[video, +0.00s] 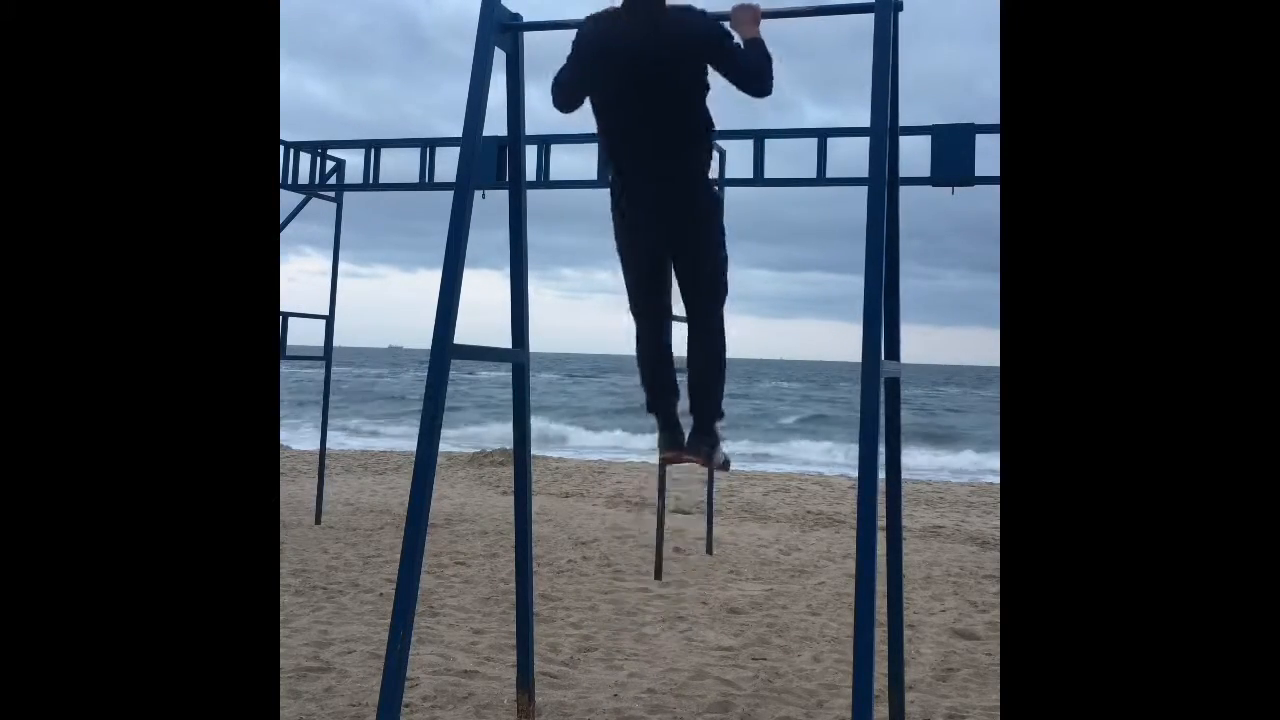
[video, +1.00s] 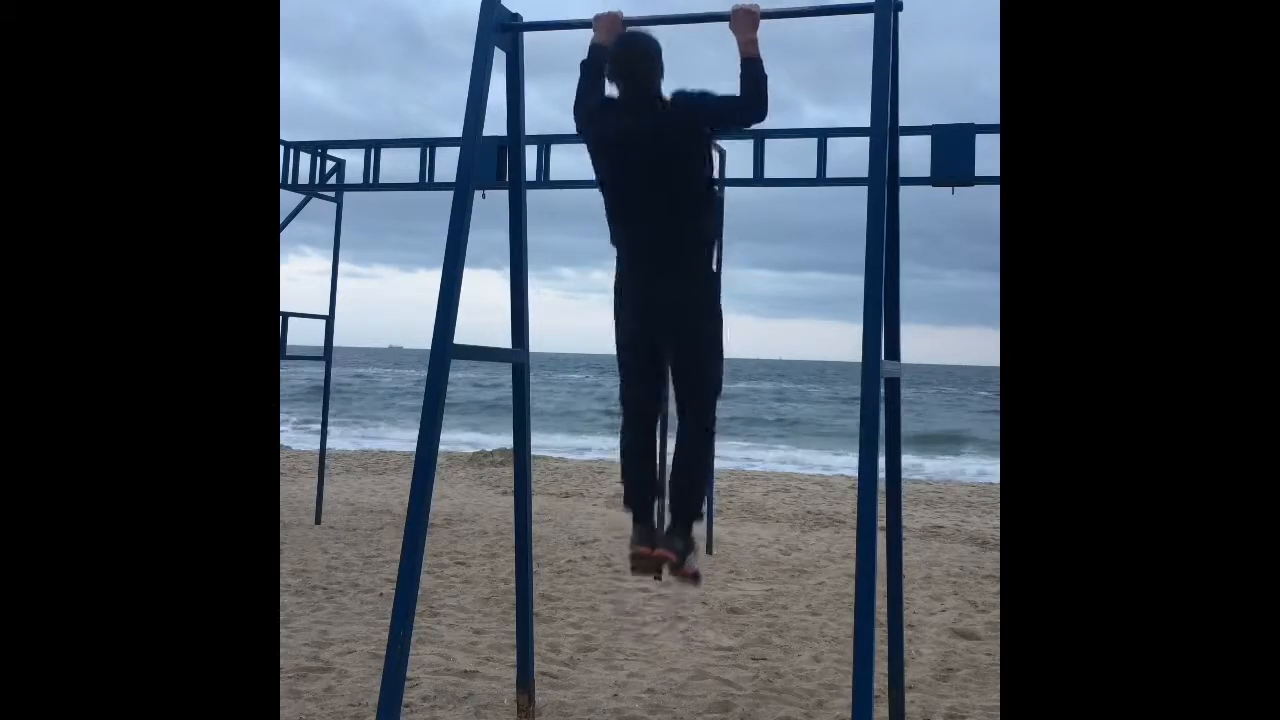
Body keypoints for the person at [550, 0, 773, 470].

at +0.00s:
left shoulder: (597, 31)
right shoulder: (693, 24)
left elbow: (564, 97)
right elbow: (758, 81)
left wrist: (600, 41)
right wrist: (751, 34)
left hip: (633, 199)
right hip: (692, 197)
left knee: (650, 319)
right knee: (706, 316)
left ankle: (668, 434)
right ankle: (704, 438)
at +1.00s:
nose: (640, 75)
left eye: (622, 67)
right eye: (651, 66)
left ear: (613, 75)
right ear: (659, 73)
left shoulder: (600, 125)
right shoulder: (692, 114)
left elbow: (589, 91)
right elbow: (754, 106)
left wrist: (599, 43)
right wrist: (749, 43)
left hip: (634, 288)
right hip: (692, 287)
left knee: (639, 410)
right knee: (696, 413)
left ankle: (642, 531)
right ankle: (678, 538)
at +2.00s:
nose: (680, 129)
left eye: (666, 127)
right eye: (679, 124)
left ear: (632, 139)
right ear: (681, 135)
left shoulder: (623, 170)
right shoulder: (707, 166)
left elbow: (593, 114)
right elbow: (758, 113)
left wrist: (600, 47)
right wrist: (750, 45)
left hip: (645, 339)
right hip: (700, 340)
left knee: (636, 474)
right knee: (691, 480)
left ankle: (626, 603)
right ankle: (663, 610)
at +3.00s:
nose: (677, 114)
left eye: (663, 108)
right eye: (677, 108)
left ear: (627, 119)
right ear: (676, 114)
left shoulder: (614, 157)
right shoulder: (704, 149)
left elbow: (589, 109)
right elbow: (762, 109)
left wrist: (599, 46)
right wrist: (751, 45)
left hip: (645, 324)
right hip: (702, 324)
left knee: (643, 454)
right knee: (699, 460)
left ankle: (639, 578)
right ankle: (678, 587)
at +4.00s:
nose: (644, 18)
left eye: (625, 14)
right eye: (656, 11)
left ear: (620, 19)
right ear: (667, 15)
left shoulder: (601, 66)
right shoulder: (698, 61)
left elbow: (567, 105)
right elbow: (770, 98)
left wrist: (595, 41)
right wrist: (754, 39)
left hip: (640, 234)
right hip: (698, 231)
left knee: (654, 356)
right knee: (710, 353)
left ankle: (670, 477)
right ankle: (707, 478)